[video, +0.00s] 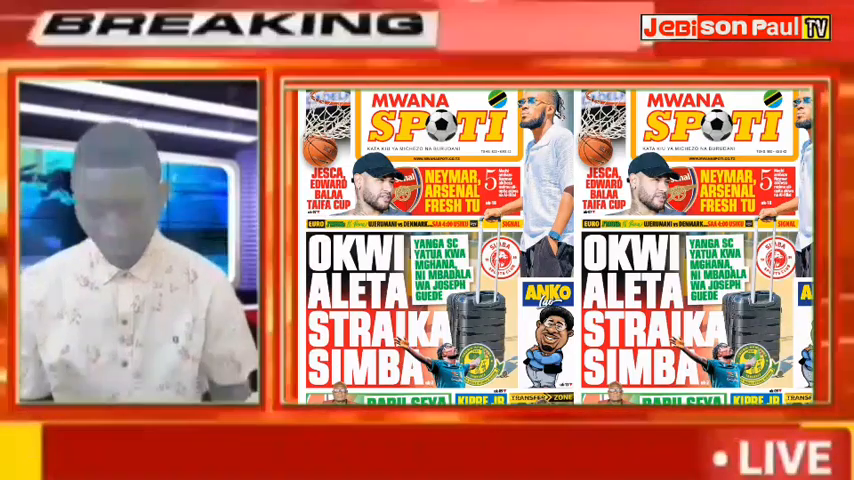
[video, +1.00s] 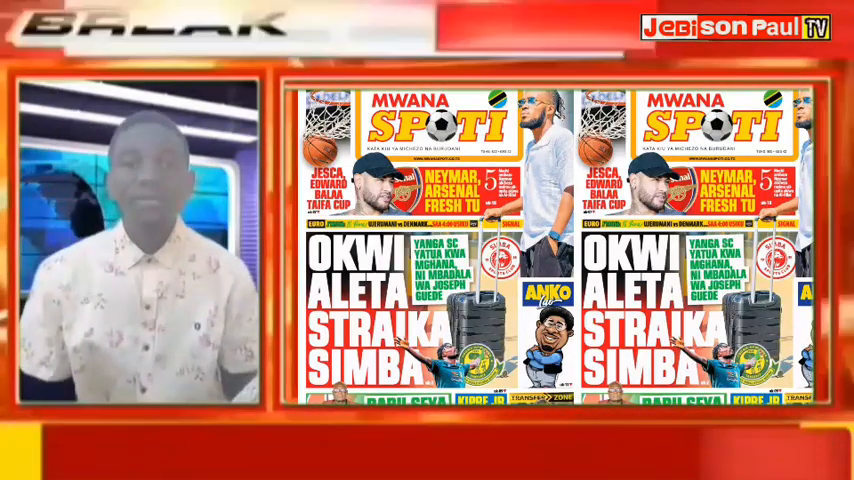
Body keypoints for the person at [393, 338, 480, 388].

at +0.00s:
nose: (453, 348)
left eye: (453, 347)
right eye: (449, 347)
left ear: (456, 352)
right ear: (443, 354)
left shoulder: (462, 367)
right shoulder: (439, 365)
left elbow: (474, 365)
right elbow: (423, 359)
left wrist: (478, 360)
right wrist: (408, 348)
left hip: (461, 402)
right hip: (445, 403)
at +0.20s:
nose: (453, 348)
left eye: (453, 347)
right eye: (449, 347)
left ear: (456, 352)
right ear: (443, 354)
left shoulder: (462, 367)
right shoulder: (439, 365)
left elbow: (474, 365)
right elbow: (423, 359)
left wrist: (478, 360)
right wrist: (408, 348)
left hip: (461, 402)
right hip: (445, 403)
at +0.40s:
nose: (453, 348)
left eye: (453, 347)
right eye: (449, 347)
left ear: (456, 352)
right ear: (443, 354)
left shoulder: (462, 367)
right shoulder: (439, 365)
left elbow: (474, 365)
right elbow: (423, 359)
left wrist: (478, 360)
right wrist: (408, 348)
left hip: (461, 402)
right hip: (445, 403)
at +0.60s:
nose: (453, 348)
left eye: (453, 347)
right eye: (449, 347)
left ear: (456, 352)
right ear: (443, 354)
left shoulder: (462, 367)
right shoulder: (439, 365)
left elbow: (474, 365)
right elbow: (423, 359)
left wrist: (478, 360)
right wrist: (408, 348)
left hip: (461, 402)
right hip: (445, 403)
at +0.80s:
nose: (453, 348)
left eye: (453, 347)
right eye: (449, 347)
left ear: (456, 352)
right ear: (443, 354)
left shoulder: (462, 367)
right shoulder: (439, 365)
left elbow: (474, 365)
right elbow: (423, 359)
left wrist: (478, 360)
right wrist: (407, 348)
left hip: (461, 403)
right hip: (445, 403)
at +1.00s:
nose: (453, 348)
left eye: (453, 347)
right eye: (449, 347)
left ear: (456, 352)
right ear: (443, 354)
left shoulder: (462, 367)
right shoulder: (439, 365)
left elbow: (474, 365)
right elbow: (423, 359)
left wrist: (478, 360)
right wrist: (407, 348)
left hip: (461, 403)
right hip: (444, 403)